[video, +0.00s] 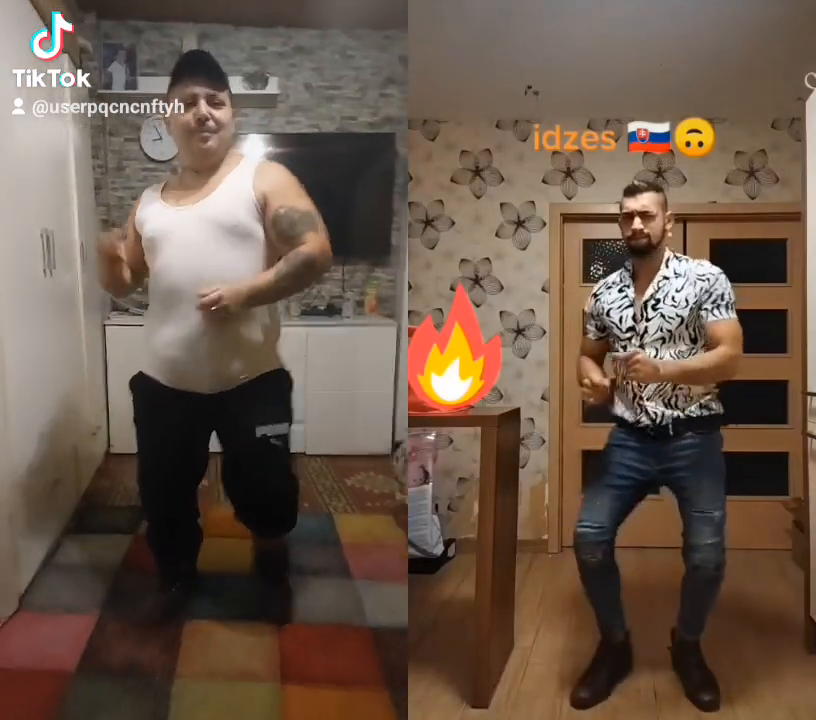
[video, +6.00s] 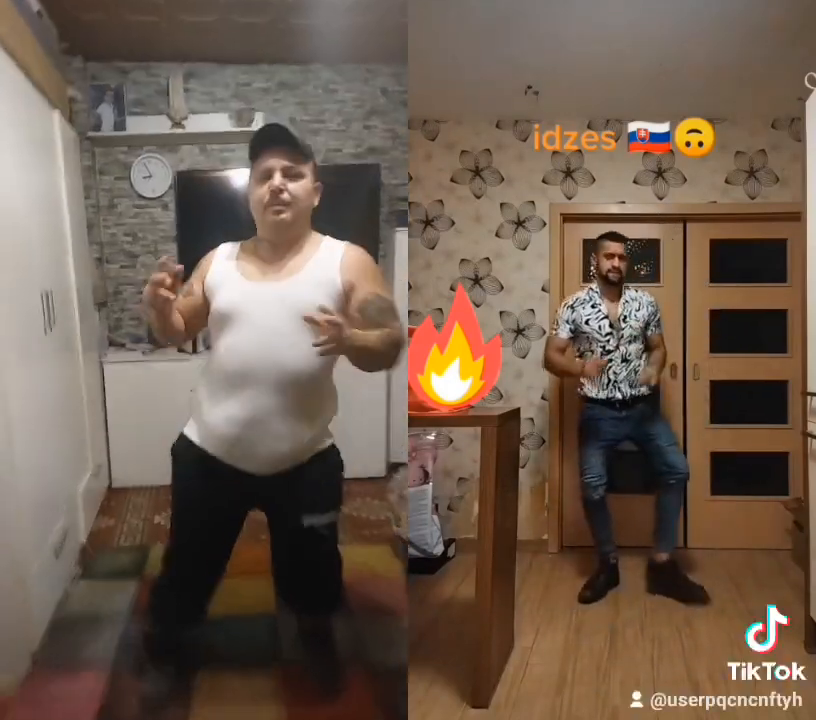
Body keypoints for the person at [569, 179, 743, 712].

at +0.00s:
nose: (634, 225)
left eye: (645, 216)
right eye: (626, 217)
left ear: (668, 221)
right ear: (618, 225)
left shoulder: (704, 278)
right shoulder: (607, 292)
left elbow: (730, 355)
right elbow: (588, 357)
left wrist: (664, 369)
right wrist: (594, 376)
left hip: (695, 439)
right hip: (630, 440)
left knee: (707, 560)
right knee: (589, 540)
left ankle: (687, 647)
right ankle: (614, 647)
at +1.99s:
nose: (645, 243)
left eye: (653, 235)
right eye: (638, 236)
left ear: (672, 240)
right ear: (632, 244)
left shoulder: (701, 286)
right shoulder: (621, 304)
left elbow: (725, 353)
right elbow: (612, 361)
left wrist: (676, 385)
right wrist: (599, 387)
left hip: (676, 427)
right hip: (622, 422)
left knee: (679, 533)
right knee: (583, 505)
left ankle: (671, 621)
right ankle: (611, 622)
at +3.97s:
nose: (660, 261)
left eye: (667, 254)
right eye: (653, 254)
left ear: (679, 255)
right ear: (643, 256)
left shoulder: (701, 299)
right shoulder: (622, 299)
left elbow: (718, 360)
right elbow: (604, 346)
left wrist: (679, 344)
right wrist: (611, 373)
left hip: (688, 416)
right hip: (638, 414)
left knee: (696, 501)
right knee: (615, 491)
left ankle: (680, 576)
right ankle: (624, 592)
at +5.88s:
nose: (616, 272)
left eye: (621, 266)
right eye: (609, 265)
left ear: (627, 271)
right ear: (594, 269)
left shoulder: (644, 310)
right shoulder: (573, 313)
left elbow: (659, 364)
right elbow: (550, 364)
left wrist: (652, 360)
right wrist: (574, 383)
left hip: (642, 415)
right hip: (599, 416)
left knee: (673, 480)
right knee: (591, 491)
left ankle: (664, 577)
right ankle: (607, 569)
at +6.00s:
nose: (616, 263)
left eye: (621, 257)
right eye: (609, 257)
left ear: (628, 263)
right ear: (595, 261)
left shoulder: (644, 304)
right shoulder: (576, 307)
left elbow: (658, 350)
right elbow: (552, 356)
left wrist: (653, 370)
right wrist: (581, 367)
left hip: (643, 408)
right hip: (598, 410)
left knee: (676, 471)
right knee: (592, 488)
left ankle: (662, 567)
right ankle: (607, 567)